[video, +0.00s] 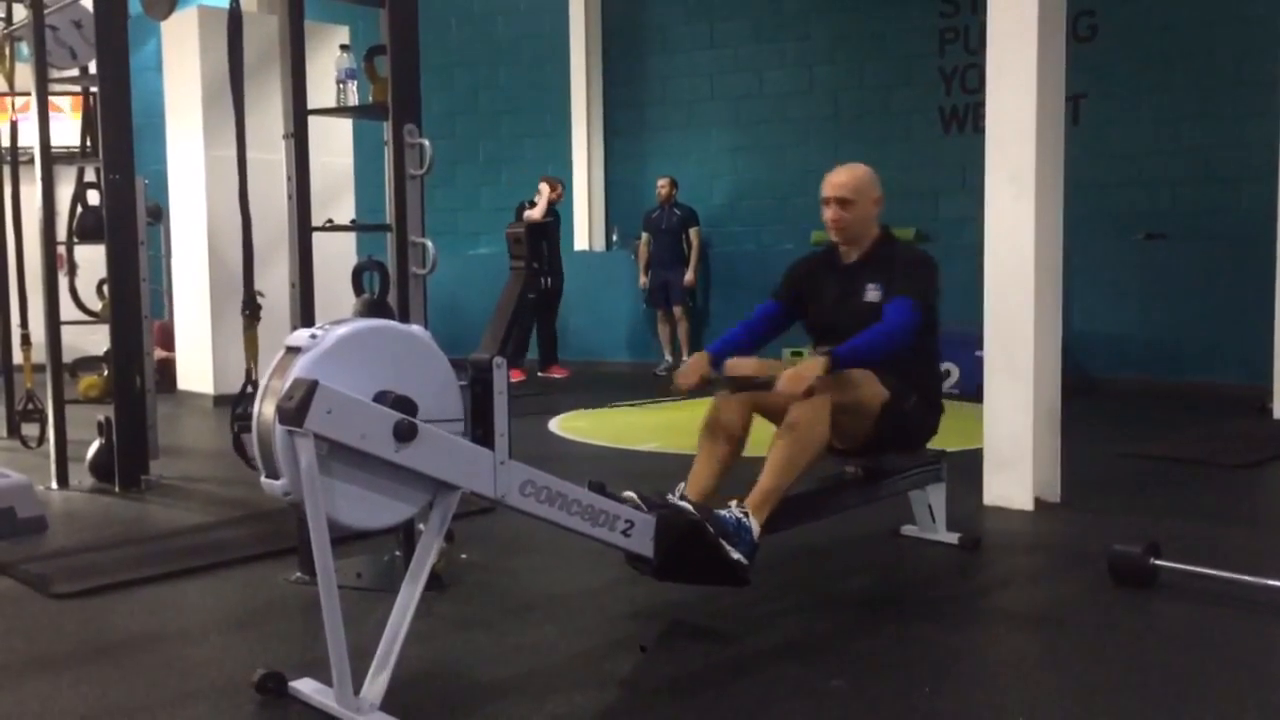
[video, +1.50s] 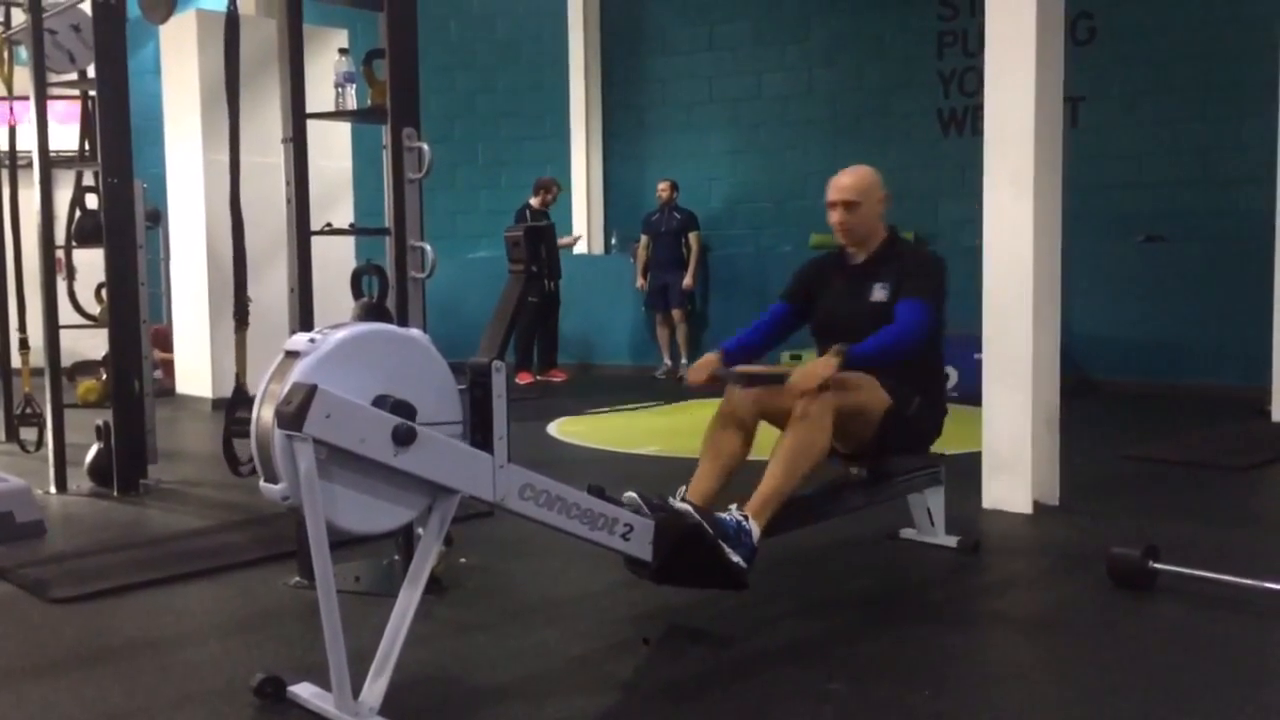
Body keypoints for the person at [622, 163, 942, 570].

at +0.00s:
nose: (832, 215)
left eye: (845, 204)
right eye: (826, 204)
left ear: (876, 205)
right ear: (820, 207)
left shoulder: (910, 264)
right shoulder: (812, 269)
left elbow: (897, 330)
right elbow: (764, 322)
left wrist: (825, 361)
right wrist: (709, 356)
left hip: (904, 408)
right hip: (833, 404)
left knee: (822, 387)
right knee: (739, 374)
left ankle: (748, 522)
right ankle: (687, 505)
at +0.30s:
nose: (741, 226)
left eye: (754, 216)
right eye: (737, 215)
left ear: (791, 222)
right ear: (732, 219)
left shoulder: (824, 272)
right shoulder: (733, 275)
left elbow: (780, 334)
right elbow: (665, 322)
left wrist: (699, 370)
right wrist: (588, 358)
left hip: (854, 427)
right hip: (780, 428)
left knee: (786, 362)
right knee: (690, 351)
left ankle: (744, 517)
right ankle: (686, 503)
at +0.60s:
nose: (830, 196)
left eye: (843, 187)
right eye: (825, 187)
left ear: (875, 194)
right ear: (819, 193)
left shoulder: (902, 257)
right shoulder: (810, 257)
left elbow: (861, 296)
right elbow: (751, 292)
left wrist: (797, 319)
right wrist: (684, 316)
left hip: (893, 407)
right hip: (819, 404)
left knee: (813, 370)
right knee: (728, 370)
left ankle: (747, 521)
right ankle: (688, 503)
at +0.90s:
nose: (940, 223)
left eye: (953, 215)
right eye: (935, 214)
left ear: (978, 223)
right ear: (929, 220)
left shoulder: (1001, 281)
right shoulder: (904, 277)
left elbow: (996, 334)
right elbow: (863, 328)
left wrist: (940, 326)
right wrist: (825, 333)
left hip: (931, 385)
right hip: (874, 370)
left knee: (842, 433)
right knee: (800, 420)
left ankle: (751, 519)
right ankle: (689, 503)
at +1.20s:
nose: (932, 234)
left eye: (945, 226)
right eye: (928, 225)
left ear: (972, 231)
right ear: (921, 229)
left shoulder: (1002, 289)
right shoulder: (903, 285)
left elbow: (1034, 353)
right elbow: (854, 356)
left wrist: (983, 308)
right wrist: (848, 321)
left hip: (932, 400)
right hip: (871, 387)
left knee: (845, 430)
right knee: (804, 419)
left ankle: (754, 525)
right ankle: (697, 508)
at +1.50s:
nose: (838, 218)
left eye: (850, 207)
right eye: (832, 208)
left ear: (881, 205)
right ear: (825, 211)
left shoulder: (918, 265)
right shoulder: (821, 270)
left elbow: (911, 332)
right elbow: (772, 327)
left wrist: (837, 358)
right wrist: (719, 356)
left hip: (906, 410)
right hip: (835, 403)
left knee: (820, 397)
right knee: (741, 394)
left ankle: (747, 528)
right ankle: (688, 510)